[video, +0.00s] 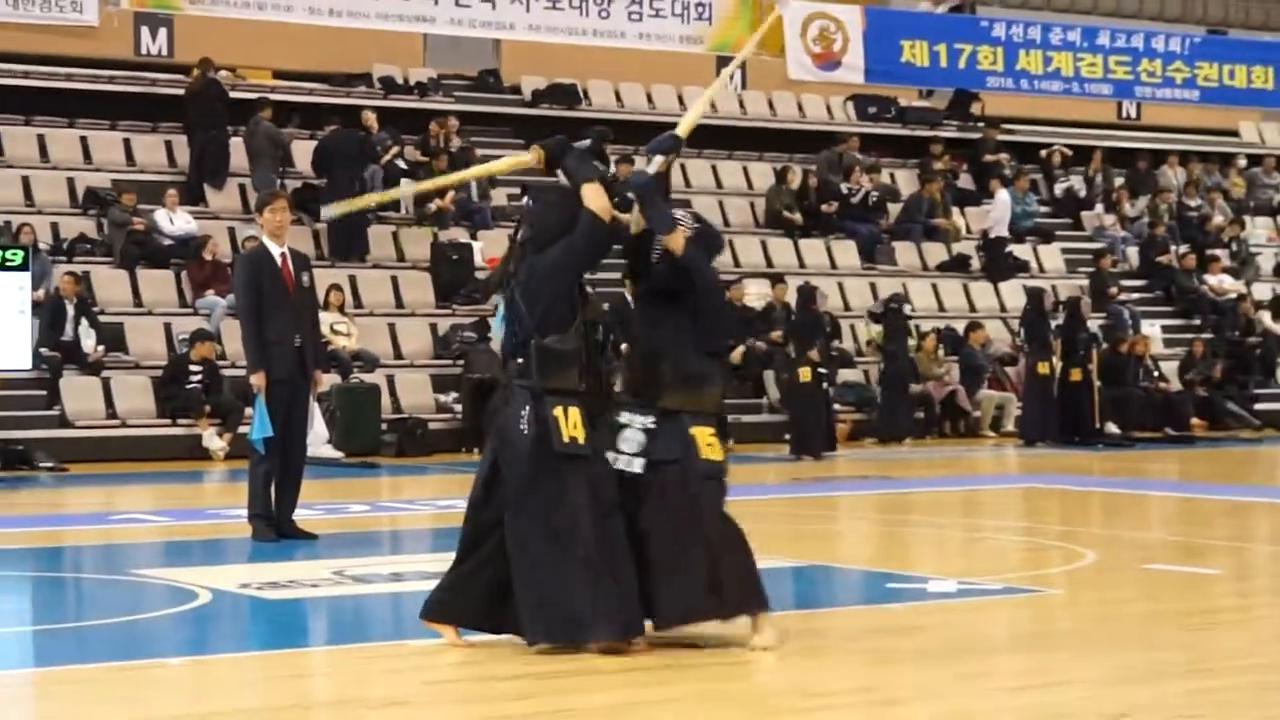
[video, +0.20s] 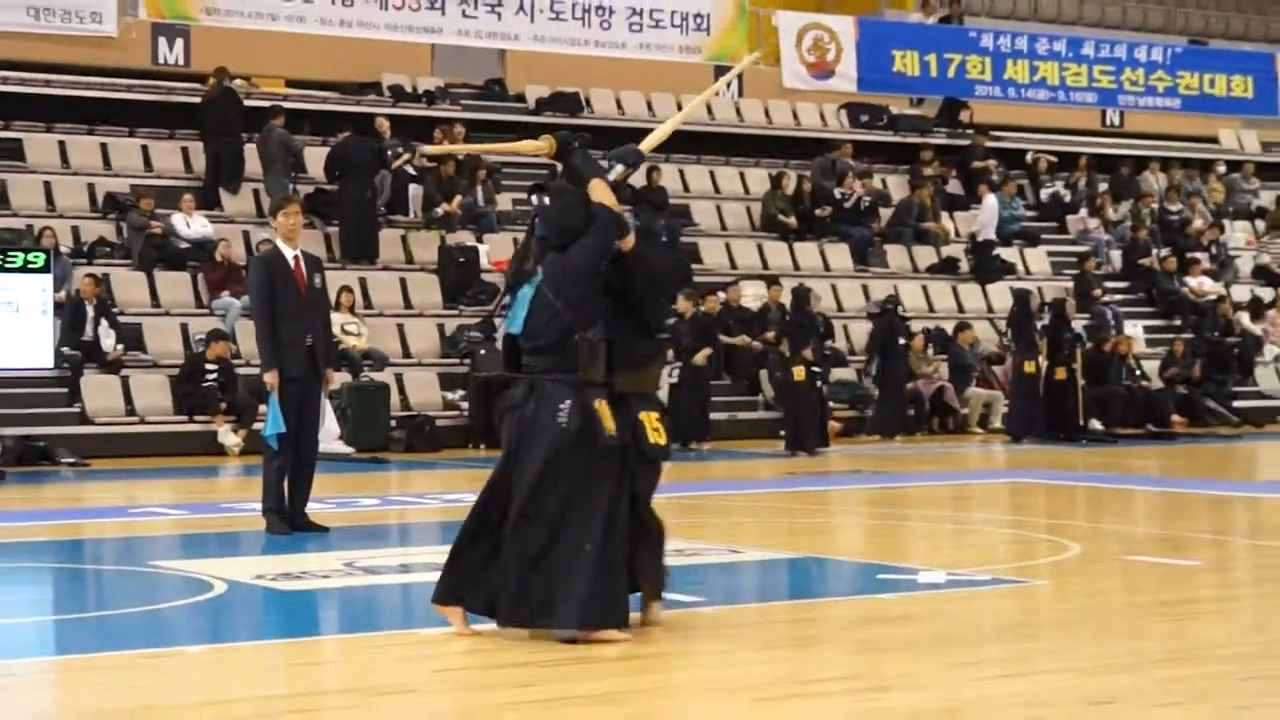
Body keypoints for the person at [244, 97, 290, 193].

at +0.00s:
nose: (271, 113)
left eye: (271, 110)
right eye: (270, 110)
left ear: (258, 110)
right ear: (264, 110)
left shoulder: (249, 128)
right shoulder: (267, 127)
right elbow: (283, 141)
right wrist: (291, 134)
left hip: (256, 173)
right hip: (269, 173)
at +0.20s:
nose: (284, 121)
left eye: (284, 118)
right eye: (283, 118)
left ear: (271, 117)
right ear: (278, 117)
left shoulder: (261, 136)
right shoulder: (281, 134)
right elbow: (295, 149)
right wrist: (301, 144)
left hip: (268, 180)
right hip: (282, 179)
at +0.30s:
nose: (295, 129)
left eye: (295, 126)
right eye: (294, 126)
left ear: (282, 126)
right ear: (289, 126)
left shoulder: (273, 144)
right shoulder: (293, 142)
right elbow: (306, 157)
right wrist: (311, 152)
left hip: (279, 184)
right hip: (292, 184)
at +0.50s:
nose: (304, 137)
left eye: (303, 134)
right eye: (303, 134)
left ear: (292, 133)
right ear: (299, 133)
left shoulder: (283, 150)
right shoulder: (301, 149)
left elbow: (283, 170)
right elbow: (314, 167)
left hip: (287, 191)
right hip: (300, 192)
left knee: (296, 220)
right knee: (302, 220)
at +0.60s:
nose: (303, 137)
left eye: (303, 134)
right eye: (302, 134)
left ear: (291, 133)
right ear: (298, 134)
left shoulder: (282, 150)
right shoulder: (301, 149)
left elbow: (281, 171)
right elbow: (314, 167)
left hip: (287, 190)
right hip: (300, 190)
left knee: (294, 220)